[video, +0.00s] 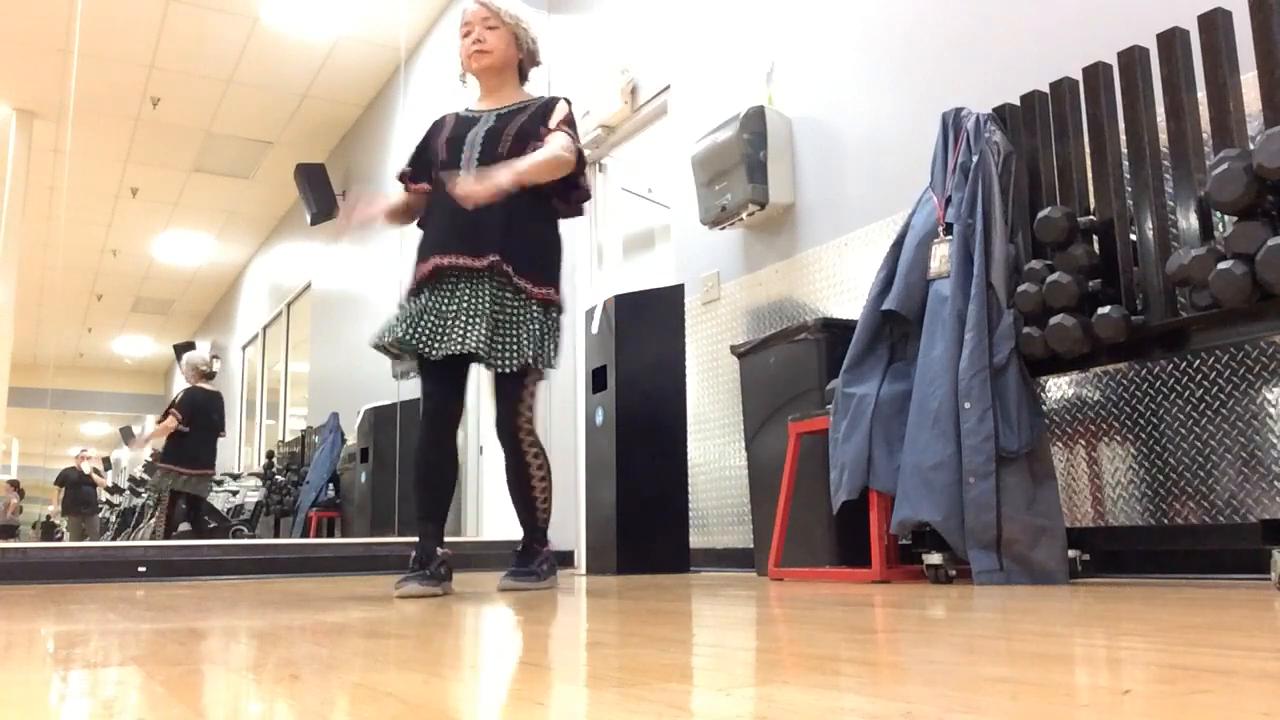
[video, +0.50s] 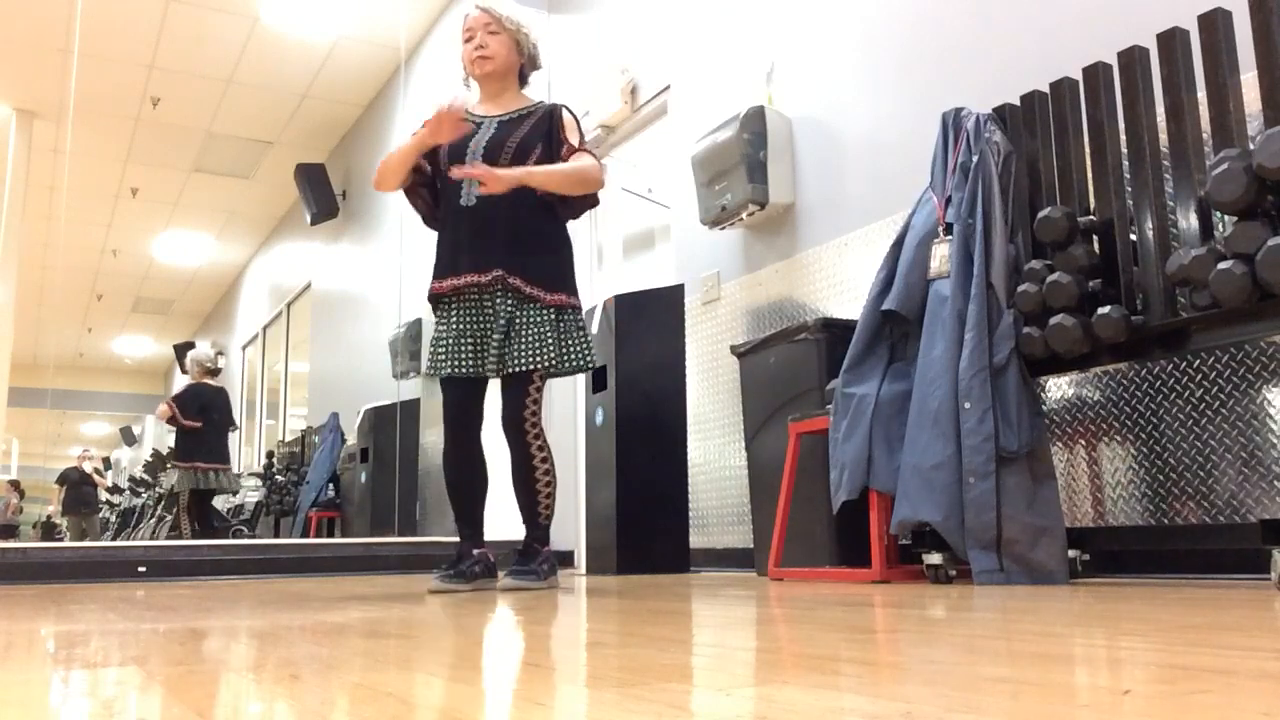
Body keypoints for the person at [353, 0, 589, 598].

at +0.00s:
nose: (474, 37)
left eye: (488, 27)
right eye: (466, 32)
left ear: (521, 45)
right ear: (461, 55)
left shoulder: (549, 109)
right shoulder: (444, 128)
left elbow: (562, 157)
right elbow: (412, 203)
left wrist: (500, 176)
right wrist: (373, 208)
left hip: (518, 282)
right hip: (445, 280)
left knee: (514, 423)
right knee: (437, 421)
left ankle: (535, 551)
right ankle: (427, 556)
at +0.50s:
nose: (476, 43)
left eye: (489, 33)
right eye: (468, 38)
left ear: (520, 50)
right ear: (463, 60)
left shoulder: (550, 118)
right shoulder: (448, 126)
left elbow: (592, 176)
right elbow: (384, 181)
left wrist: (517, 175)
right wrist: (424, 137)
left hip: (530, 285)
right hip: (460, 288)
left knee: (521, 419)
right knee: (460, 425)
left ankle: (537, 551)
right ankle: (472, 552)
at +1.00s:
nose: (460, 46)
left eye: (474, 37)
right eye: (455, 41)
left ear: (505, 57)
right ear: (451, 64)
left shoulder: (526, 121)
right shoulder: (436, 139)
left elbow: (549, 194)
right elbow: (426, 221)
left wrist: (551, 253)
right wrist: (401, 230)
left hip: (500, 287)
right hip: (435, 292)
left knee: (485, 403)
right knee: (442, 425)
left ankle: (529, 535)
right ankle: (476, 549)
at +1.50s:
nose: (442, 27)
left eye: (460, 23)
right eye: (438, 22)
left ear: (486, 50)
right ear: (432, 49)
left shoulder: (504, 108)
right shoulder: (414, 128)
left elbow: (549, 189)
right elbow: (411, 210)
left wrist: (553, 260)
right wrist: (382, 221)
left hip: (473, 280)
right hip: (410, 282)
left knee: (440, 401)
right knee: (400, 420)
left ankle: (438, 550)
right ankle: (471, 541)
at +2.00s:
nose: (456, 30)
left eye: (471, 25)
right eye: (449, 28)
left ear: (499, 49)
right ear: (444, 57)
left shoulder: (520, 107)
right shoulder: (427, 129)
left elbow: (551, 181)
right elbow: (406, 211)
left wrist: (460, 204)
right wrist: (394, 205)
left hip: (505, 281)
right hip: (442, 286)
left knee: (502, 411)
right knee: (456, 420)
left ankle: (543, 542)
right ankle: (479, 547)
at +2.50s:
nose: (483, 46)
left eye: (498, 39)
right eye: (478, 41)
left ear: (528, 59)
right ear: (476, 66)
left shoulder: (560, 114)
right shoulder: (465, 143)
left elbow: (616, 163)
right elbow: (447, 221)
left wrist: (668, 184)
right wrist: (452, 238)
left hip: (563, 287)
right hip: (494, 292)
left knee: (562, 416)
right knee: (464, 413)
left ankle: (578, 549)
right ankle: (483, 550)